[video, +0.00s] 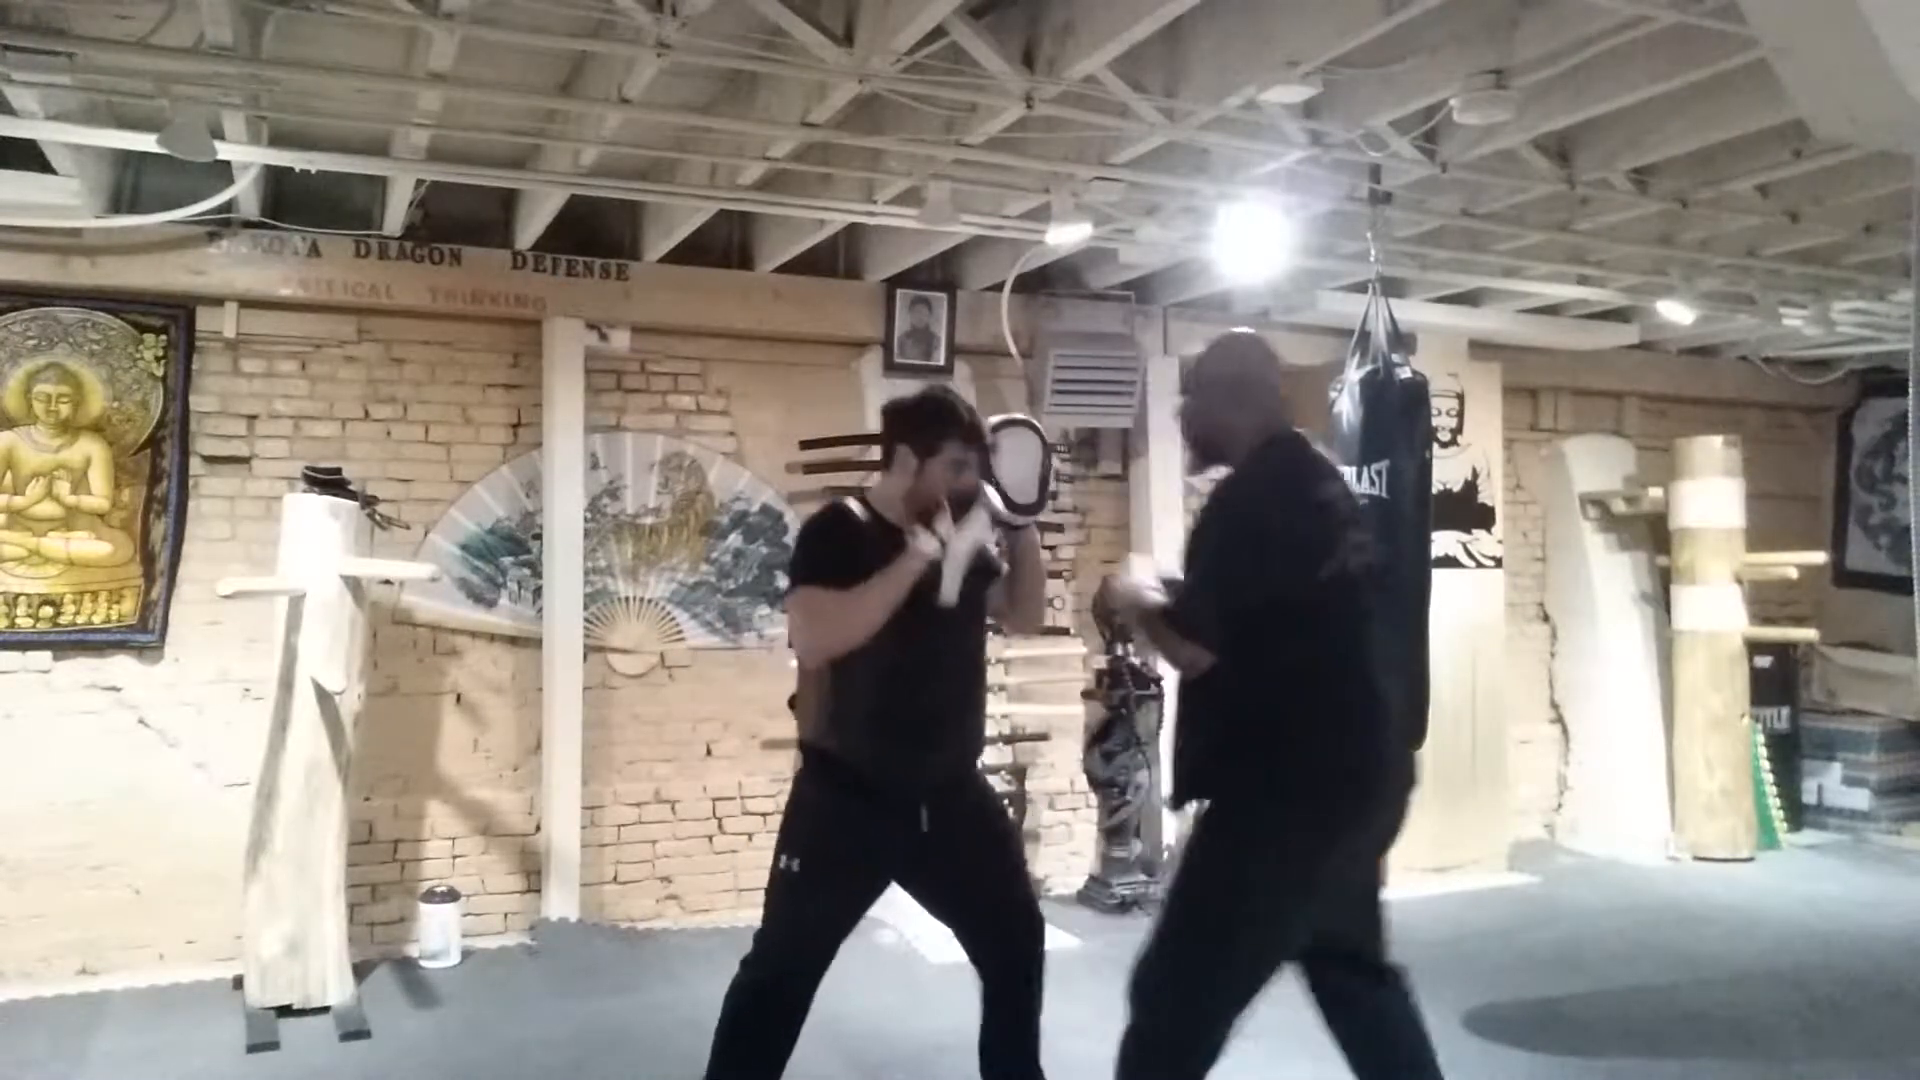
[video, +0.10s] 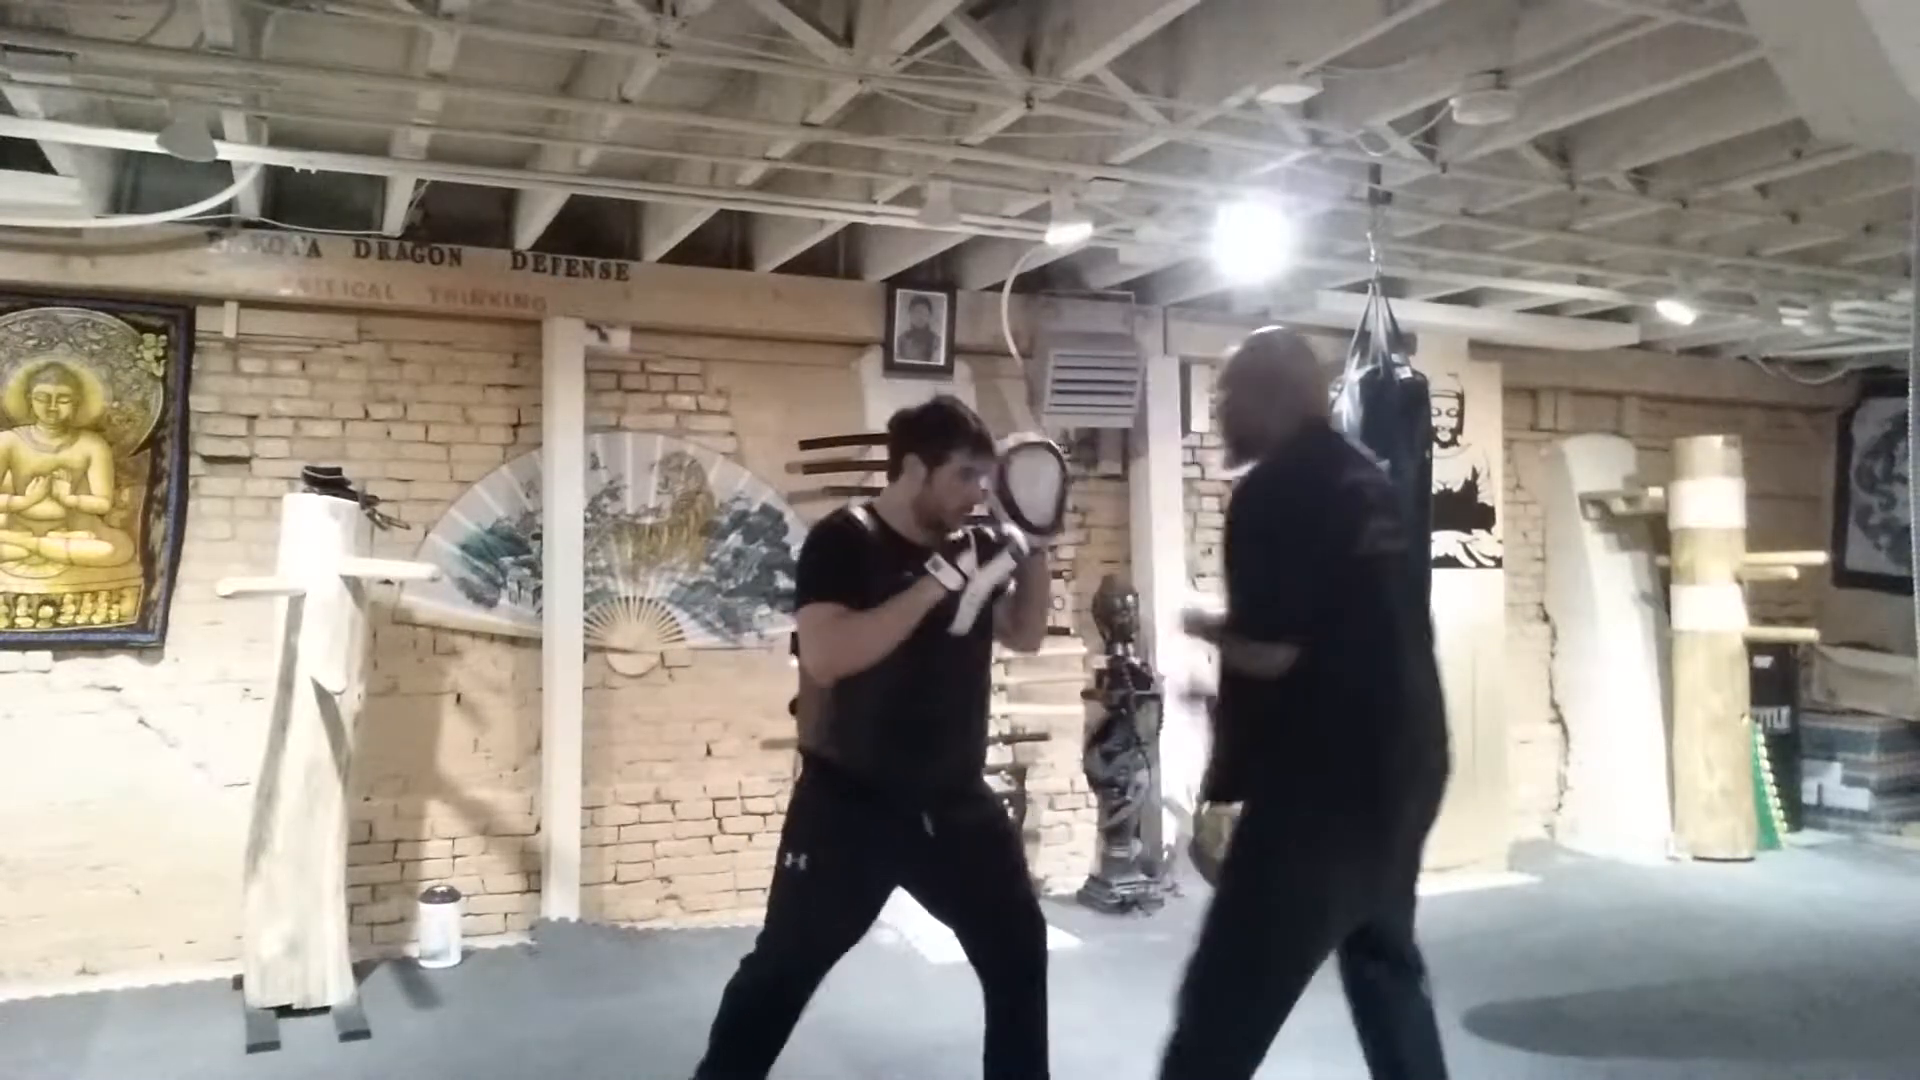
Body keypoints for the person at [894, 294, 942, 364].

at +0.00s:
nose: (920, 317)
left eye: (924, 313)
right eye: (916, 312)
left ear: (930, 316)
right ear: (910, 314)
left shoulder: (936, 341)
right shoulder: (901, 340)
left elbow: (935, 364)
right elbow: (897, 361)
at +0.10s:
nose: (920, 317)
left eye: (924, 313)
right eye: (916, 312)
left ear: (930, 316)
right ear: (910, 314)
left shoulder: (936, 341)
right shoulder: (901, 340)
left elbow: (935, 364)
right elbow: (897, 361)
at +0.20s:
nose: (919, 316)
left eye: (922, 312)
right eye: (915, 312)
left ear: (930, 315)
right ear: (909, 314)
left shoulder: (935, 340)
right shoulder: (902, 339)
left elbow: (935, 364)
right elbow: (899, 361)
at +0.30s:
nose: (919, 316)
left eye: (922, 312)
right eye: (915, 312)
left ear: (930, 315)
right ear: (910, 314)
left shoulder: (935, 340)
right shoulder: (902, 339)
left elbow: (935, 364)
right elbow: (899, 361)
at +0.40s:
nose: (919, 316)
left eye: (922, 312)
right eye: (915, 312)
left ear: (930, 316)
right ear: (909, 315)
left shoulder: (935, 340)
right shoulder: (902, 338)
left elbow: (935, 363)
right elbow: (898, 360)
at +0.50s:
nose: (919, 316)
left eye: (923, 312)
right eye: (915, 312)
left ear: (930, 315)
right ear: (909, 314)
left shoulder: (935, 339)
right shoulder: (902, 338)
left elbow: (935, 362)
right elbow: (898, 360)